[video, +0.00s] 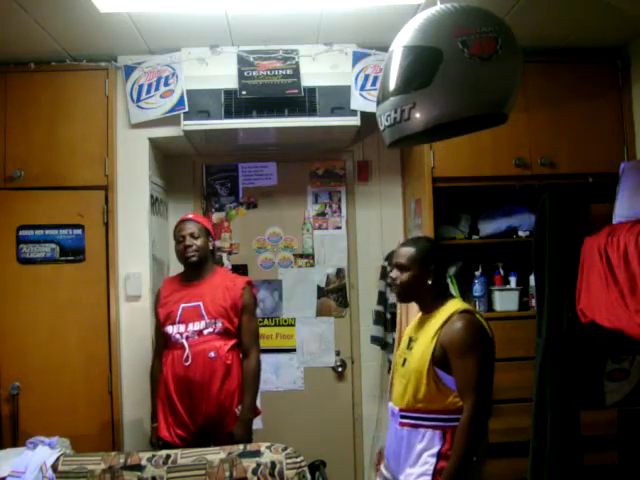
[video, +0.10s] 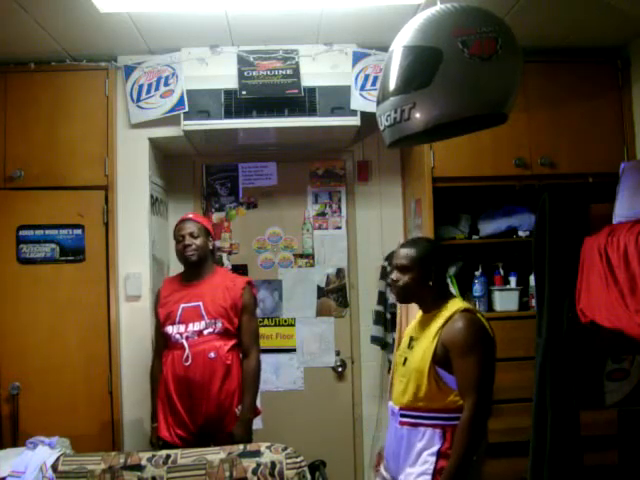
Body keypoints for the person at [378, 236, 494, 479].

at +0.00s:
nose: (391, 276)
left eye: (401, 269)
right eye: (392, 268)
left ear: (429, 275)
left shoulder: (461, 327)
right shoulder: (423, 318)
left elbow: (475, 407)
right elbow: (415, 395)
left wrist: (452, 471)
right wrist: (389, 447)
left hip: (432, 452)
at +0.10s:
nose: (392, 278)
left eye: (403, 270)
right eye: (392, 269)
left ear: (430, 277)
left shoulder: (463, 326)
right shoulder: (424, 318)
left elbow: (476, 407)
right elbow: (413, 395)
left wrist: (452, 471)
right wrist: (389, 448)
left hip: (433, 451)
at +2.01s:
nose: (406, 269)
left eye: (415, 261)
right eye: (398, 262)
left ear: (431, 266)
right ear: (390, 269)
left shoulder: (453, 321)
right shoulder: (402, 316)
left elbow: (475, 399)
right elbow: (398, 388)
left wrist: (454, 470)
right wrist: (375, 437)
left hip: (432, 440)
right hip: (392, 437)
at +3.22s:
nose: (405, 276)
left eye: (414, 268)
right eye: (397, 270)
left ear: (430, 272)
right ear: (388, 277)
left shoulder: (457, 323)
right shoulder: (400, 323)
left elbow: (482, 396)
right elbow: (397, 394)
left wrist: (444, 460)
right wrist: (371, 441)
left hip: (434, 443)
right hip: (393, 441)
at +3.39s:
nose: (409, 271)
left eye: (417, 264)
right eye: (400, 265)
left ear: (431, 268)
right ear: (390, 273)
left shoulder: (455, 314)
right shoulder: (396, 321)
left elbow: (475, 370)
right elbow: (393, 391)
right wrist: (370, 437)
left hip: (440, 434)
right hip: (394, 434)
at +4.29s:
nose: (407, 271)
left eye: (416, 263)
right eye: (398, 265)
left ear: (429, 269)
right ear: (389, 274)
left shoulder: (453, 311)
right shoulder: (396, 324)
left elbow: (469, 357)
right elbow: (393, 393)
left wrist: (442, 333)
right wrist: (361, 437)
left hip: (441, 435)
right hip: (395, 436)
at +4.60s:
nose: (376, 274)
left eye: (384, 266)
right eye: (379, 266)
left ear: (407, 275)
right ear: (405, 276)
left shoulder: (454, 314)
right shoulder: (397, 325)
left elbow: (468, 341)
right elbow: (390, 389)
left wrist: (440, 319)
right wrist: (343, 417)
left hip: (438, 443)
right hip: (393, 440)